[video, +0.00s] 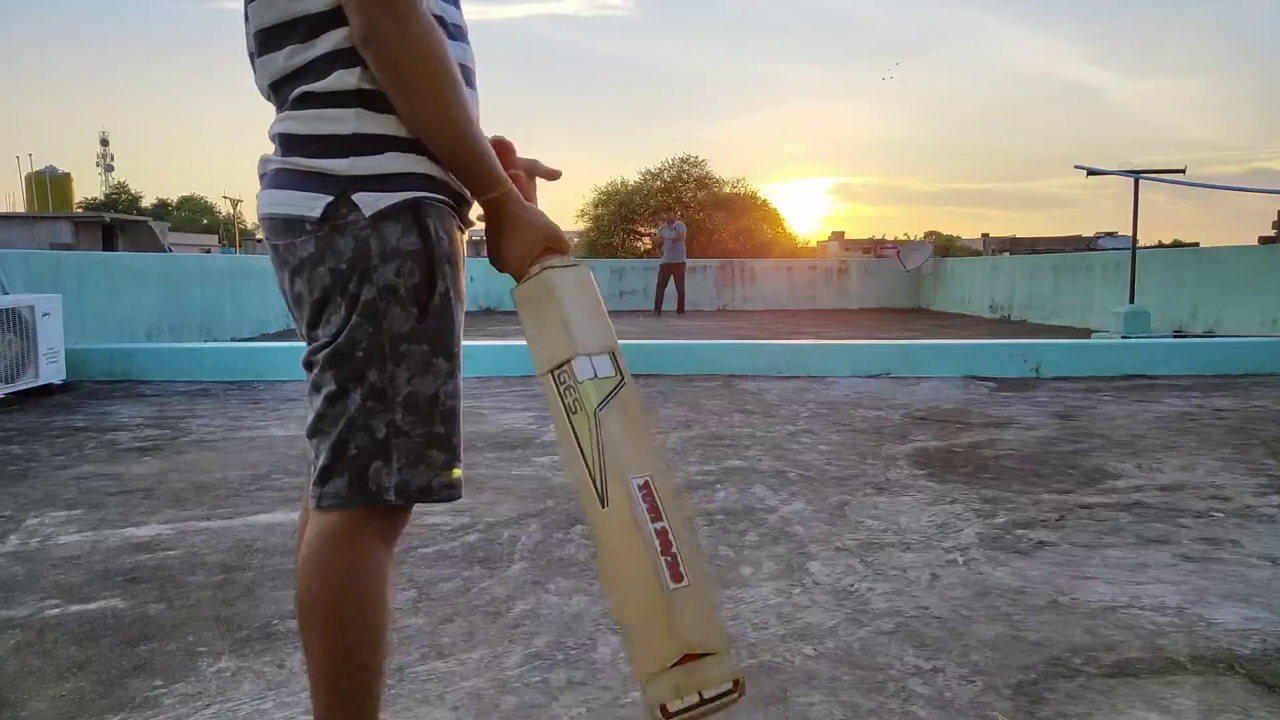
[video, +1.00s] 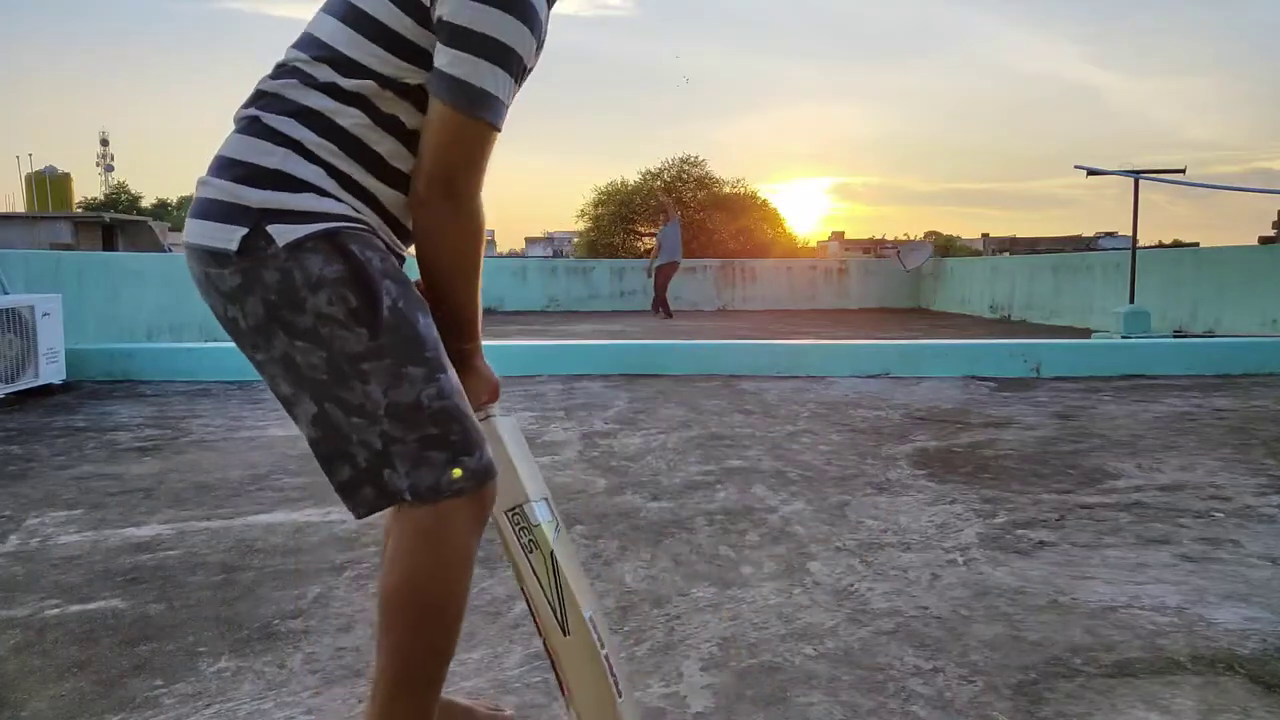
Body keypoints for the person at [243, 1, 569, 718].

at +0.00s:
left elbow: (352, 63)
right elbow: (385, 23)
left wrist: (473, 150)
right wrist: (501, 200)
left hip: (331, 204)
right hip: (375, 206)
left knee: (345, 497)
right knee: (364, 505)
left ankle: (343, 705)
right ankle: (347, 708)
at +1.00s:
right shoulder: (502, 3)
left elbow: (430, 186)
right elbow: (445, 190)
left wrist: (448, 338)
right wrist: (464, 351)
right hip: (295, 225)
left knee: (433, 474)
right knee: (455, 481)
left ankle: (407, 694)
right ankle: (400, 705)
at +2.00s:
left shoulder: (500, 14)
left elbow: (562, 166)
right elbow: (563, 40)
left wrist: (649, 230)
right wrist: (632, 185)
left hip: (345, 237)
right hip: (436, 236)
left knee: (506, 463)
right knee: (513, 495)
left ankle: (548, 658)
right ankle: (423, 710)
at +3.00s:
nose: (725, 13)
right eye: (727, 9)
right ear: (718, 1)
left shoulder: (583, 1)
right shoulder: (715, 57)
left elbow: (551, 100)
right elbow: (665, 163)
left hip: (516, 222)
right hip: (613, 238)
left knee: (520, 395)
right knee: (634, 399)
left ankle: (526, 558)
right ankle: (636, 571)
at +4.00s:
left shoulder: (455, 9)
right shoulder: (606, 11)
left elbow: (433, 116)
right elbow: (643, 110)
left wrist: (389, 219)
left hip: (497, 223)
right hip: (589, 224)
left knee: (510, 391)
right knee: (593, 381)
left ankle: (517, 547)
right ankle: (561, 534)